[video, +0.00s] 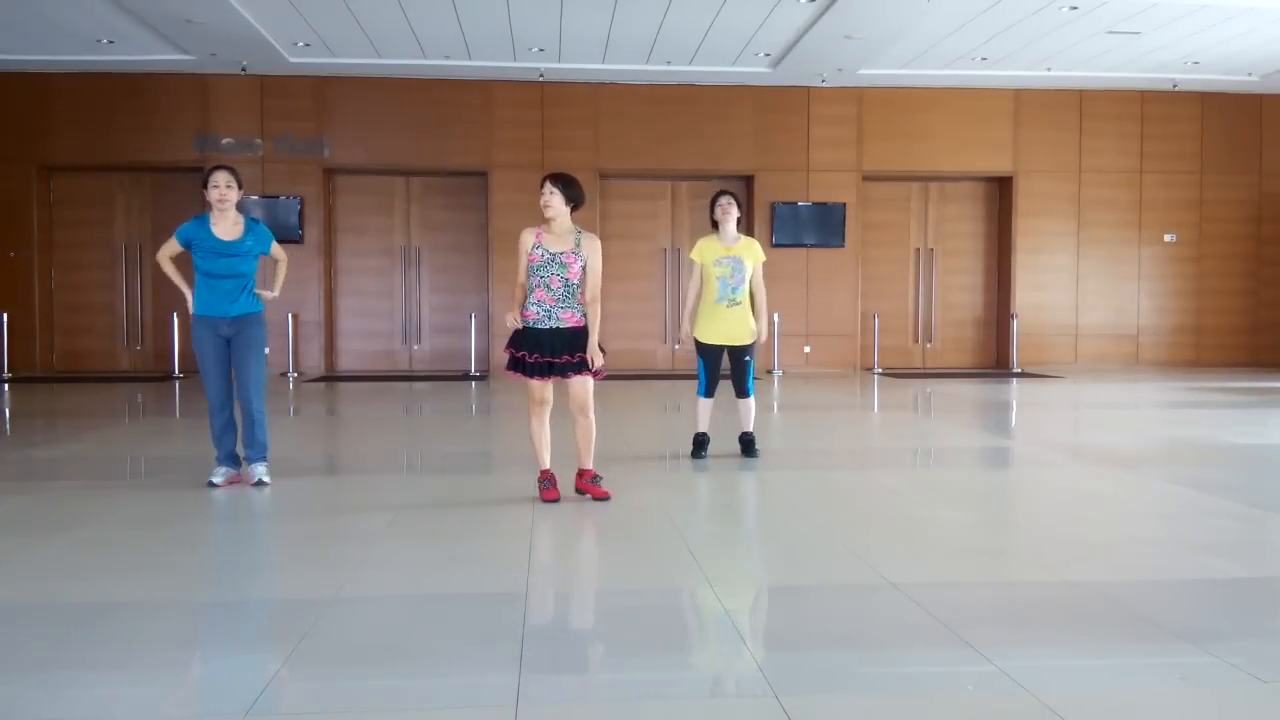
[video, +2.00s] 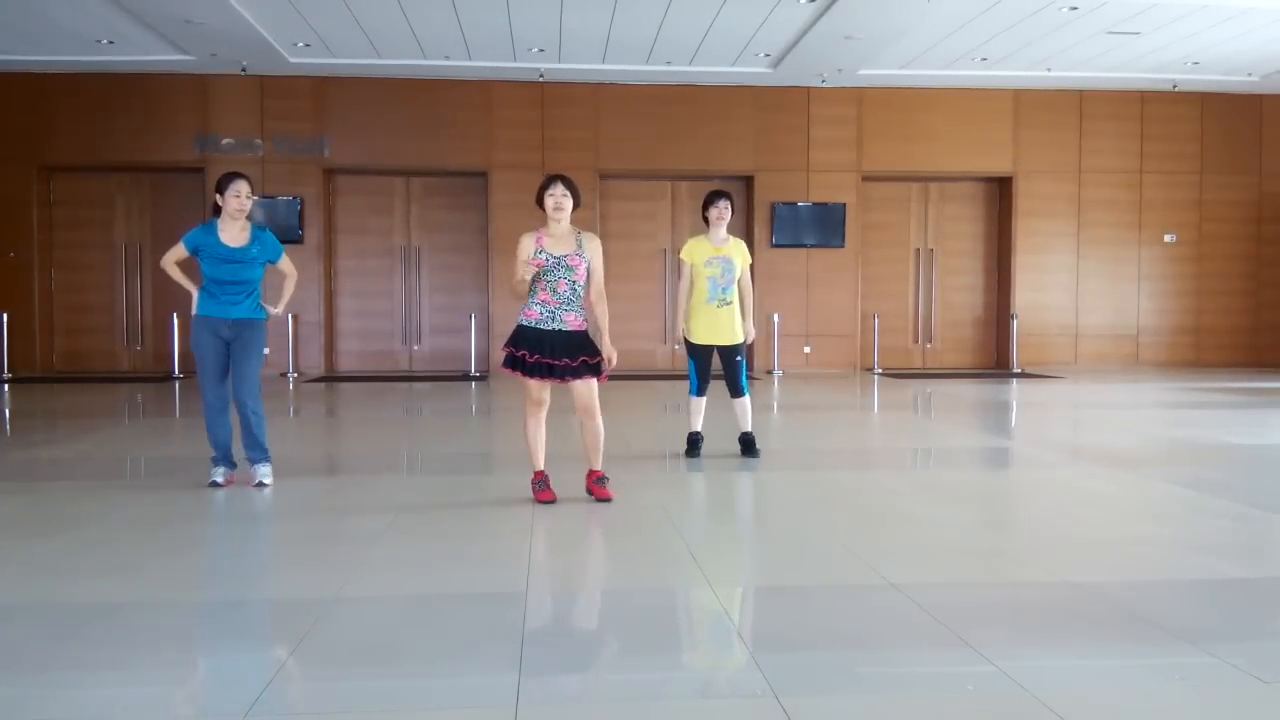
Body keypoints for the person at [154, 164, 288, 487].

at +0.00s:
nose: (222, 192)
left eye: (229, 186)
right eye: (215, 187)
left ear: (239, 193)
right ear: (207, 194)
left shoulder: (255, 230)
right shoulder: (195, 229)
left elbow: (282, 258)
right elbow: (162, 256)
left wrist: (275, 291)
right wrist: (187, 292)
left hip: (248, 320)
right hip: (207, 322)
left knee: (251, 395)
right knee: (217, 398)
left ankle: (258, 463)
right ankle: (227, 464)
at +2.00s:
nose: (243, 202)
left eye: (247, 197)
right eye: (236, 196)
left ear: (253, 201)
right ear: (220, 199)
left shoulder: (262, 237)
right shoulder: (203, 234)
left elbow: (291, 274)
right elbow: (166, 261)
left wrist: (280, 307)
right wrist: (193, 289)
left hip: (250, 324)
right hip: (208, 324)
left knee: (247, 396)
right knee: (214, 397)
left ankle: (260, 463)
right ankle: (222, 464)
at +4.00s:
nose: (241, 202)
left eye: (241, 196)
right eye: (235, 196)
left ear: (232, 199)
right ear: (215, 198)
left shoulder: (243, 237)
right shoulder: (191, 233)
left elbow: (271, 277)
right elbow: (148, 263)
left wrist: (303, 295)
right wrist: (183, 291)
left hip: (241, 324)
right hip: (203, 324)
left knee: (250, 395)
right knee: (209, 399)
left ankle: (245, 465)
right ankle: (215, 467)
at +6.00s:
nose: (191, 205)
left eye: (197, 198)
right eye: (185, 200)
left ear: (211, 201)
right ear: (179, 205)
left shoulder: (224, 242)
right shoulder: (170, 234)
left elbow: (226, 293)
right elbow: (149, 263)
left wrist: (216, 334)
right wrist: (157, 292)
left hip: (193, 323)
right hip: (158, 322)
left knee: (201, 396)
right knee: (168, 398)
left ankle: (237, 460)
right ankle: (182, 466)